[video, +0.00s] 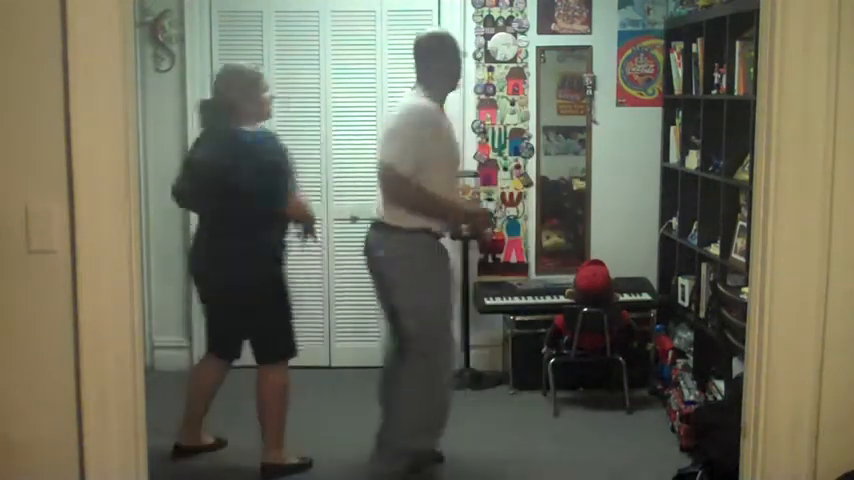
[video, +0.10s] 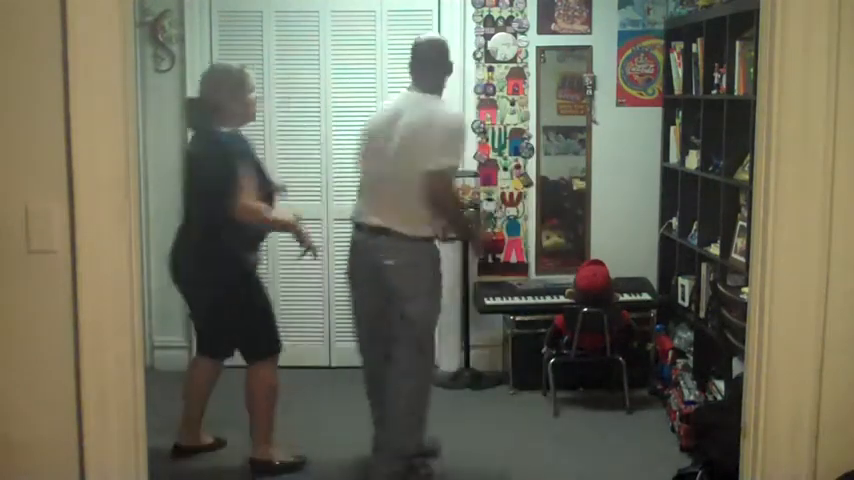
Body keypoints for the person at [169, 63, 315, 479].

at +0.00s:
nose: (270, 96)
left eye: (266, 89)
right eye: (262, 91)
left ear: (226, 100)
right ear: (243, 101)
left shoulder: (205, 144)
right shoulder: (266, 148)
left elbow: (184, 192)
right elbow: (282, 205)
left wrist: (225, 208)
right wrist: (306, 215)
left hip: (209, 259)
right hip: (256, 262)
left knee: (221, 348)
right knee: (273, 357)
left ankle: (190, 436)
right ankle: (274, 455)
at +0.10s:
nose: (256, 99)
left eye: (253, 92)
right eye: (249, 93)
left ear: (215, 100)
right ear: (230, 101)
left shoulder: (201, 143)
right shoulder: (235, 148)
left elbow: (214, 201)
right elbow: (244, 208)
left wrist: (262, 201)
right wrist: (289, 225)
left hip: (192, 256)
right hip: (225, 261)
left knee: (213, 346)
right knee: (264, 351)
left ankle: (190, 436)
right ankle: (264, 451)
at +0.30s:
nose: (233, 97)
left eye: (232, 90)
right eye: (226, 91)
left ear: (210, 97)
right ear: (201, 98)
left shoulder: (216, 138)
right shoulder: (187, 141)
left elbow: (242, 183)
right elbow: (168, 203)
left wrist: (289, 162)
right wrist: (218, 219)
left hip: (204, 257)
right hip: (184, 259)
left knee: (205, 346)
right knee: (228, 349)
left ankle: (181, 425)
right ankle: (174, 421)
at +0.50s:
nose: (220, 98)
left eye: (217, 91)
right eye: (211, 93)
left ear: (201, 101)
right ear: (186, 102)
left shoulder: (214, 144)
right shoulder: (166, 147)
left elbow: (235, 190)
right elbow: (144, 209)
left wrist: (282, 183)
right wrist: (185, 229)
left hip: (204, 267)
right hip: (166, 268)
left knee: (213, 344)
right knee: (168, 356)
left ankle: (191, 433)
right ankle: (142, 440)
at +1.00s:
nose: (238, 96)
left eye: (236, 89)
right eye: (229, 91)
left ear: (225, 97)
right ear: (204, 101)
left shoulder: (243, 134)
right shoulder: (192, 146)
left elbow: (280, 155)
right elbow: (213, 202)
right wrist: (262, 178)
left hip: (231, 258)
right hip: (193, 261)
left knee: (230, 350)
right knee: (224, 351)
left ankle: (207, 441)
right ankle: (203, 444)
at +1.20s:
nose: (269, 98)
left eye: (267, 91)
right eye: (260, 92)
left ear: (257, 99)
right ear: (235, 103)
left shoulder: (271, 138)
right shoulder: (220, 150)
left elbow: (288, 184)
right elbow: (197, 197)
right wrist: (212, 183)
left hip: (255, 264)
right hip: (223, 267)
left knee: (230, 360)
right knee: (283, 349)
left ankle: (207, 445)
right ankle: (310, 450)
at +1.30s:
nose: (286, 100)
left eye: (284, 93)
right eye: (277, 95)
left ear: (266, 104)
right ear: (250, 106)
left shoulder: (286, 143)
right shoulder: (234, 153)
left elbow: (303, 190)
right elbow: (210, 214)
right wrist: (210, 188)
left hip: (276, 267)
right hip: (242, 269)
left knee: (244, 362)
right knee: (305, 357)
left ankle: (209, 443)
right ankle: (305, 464)